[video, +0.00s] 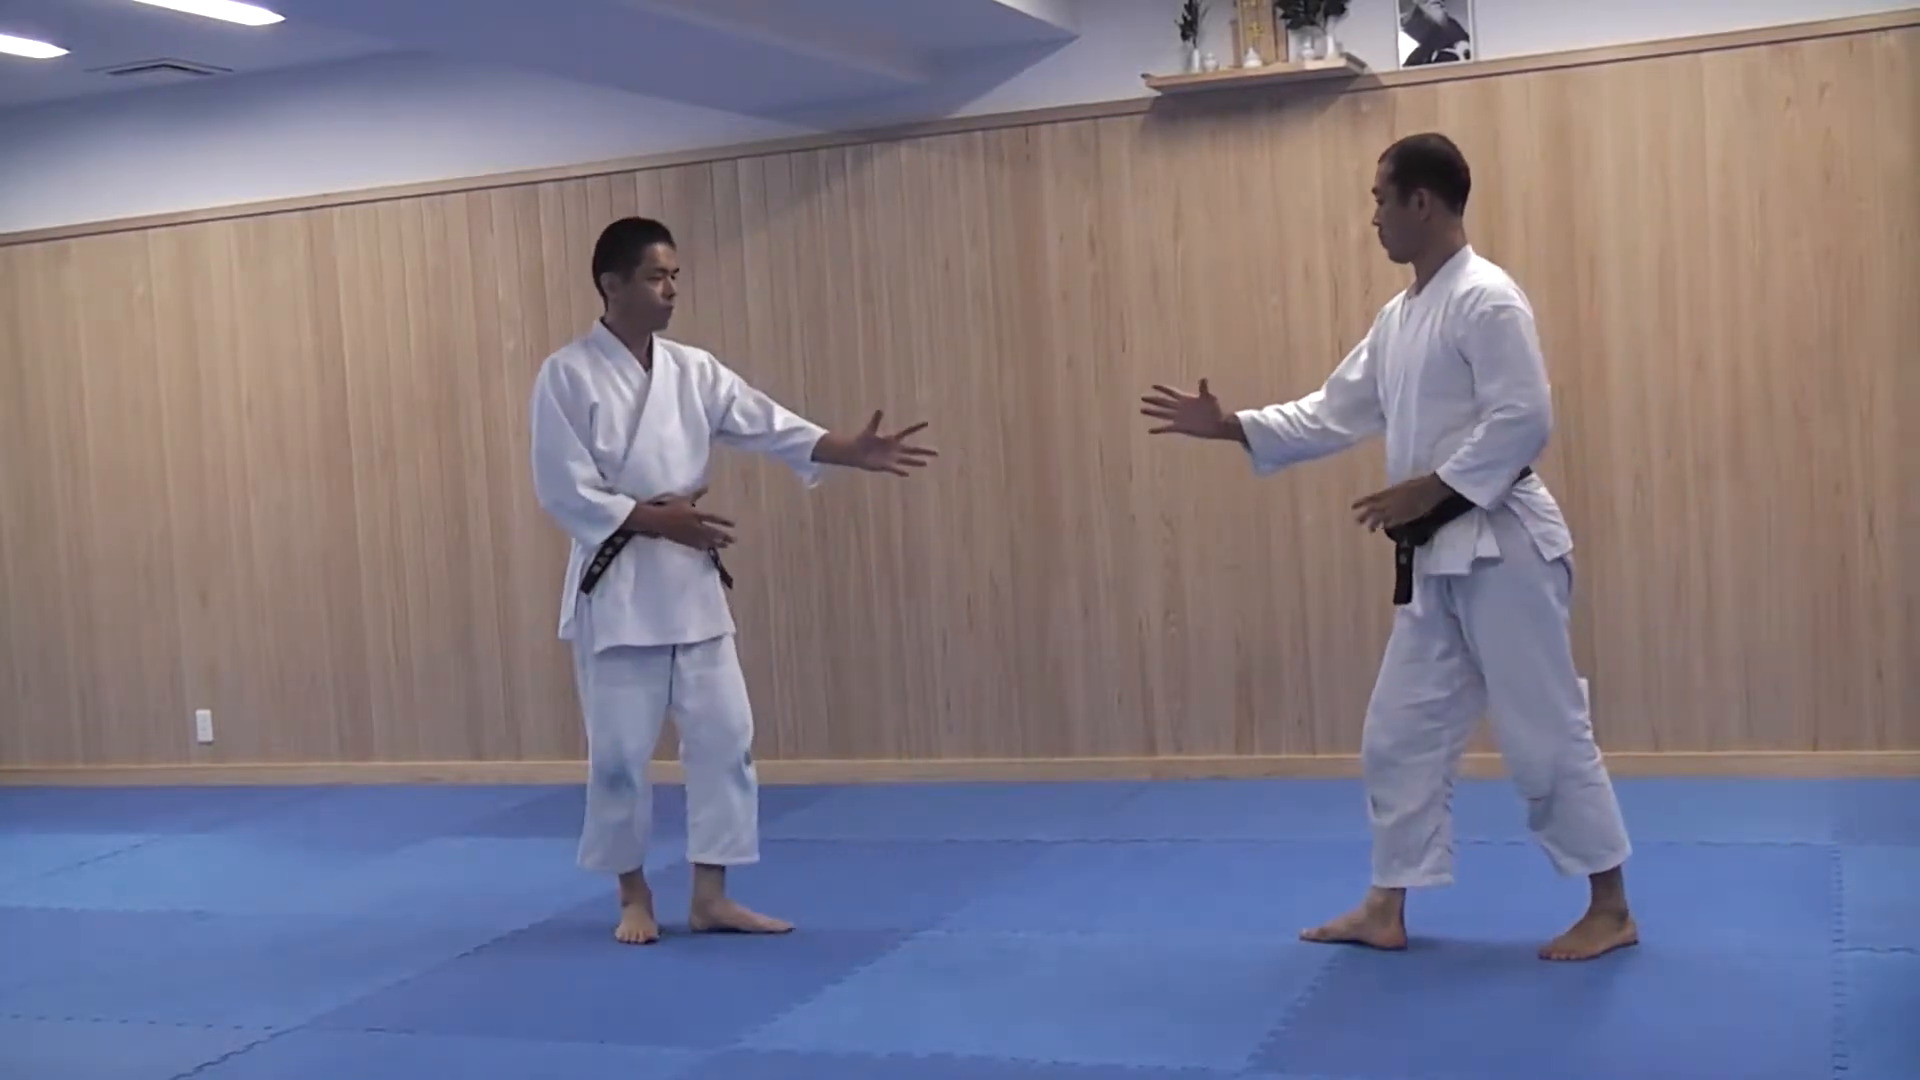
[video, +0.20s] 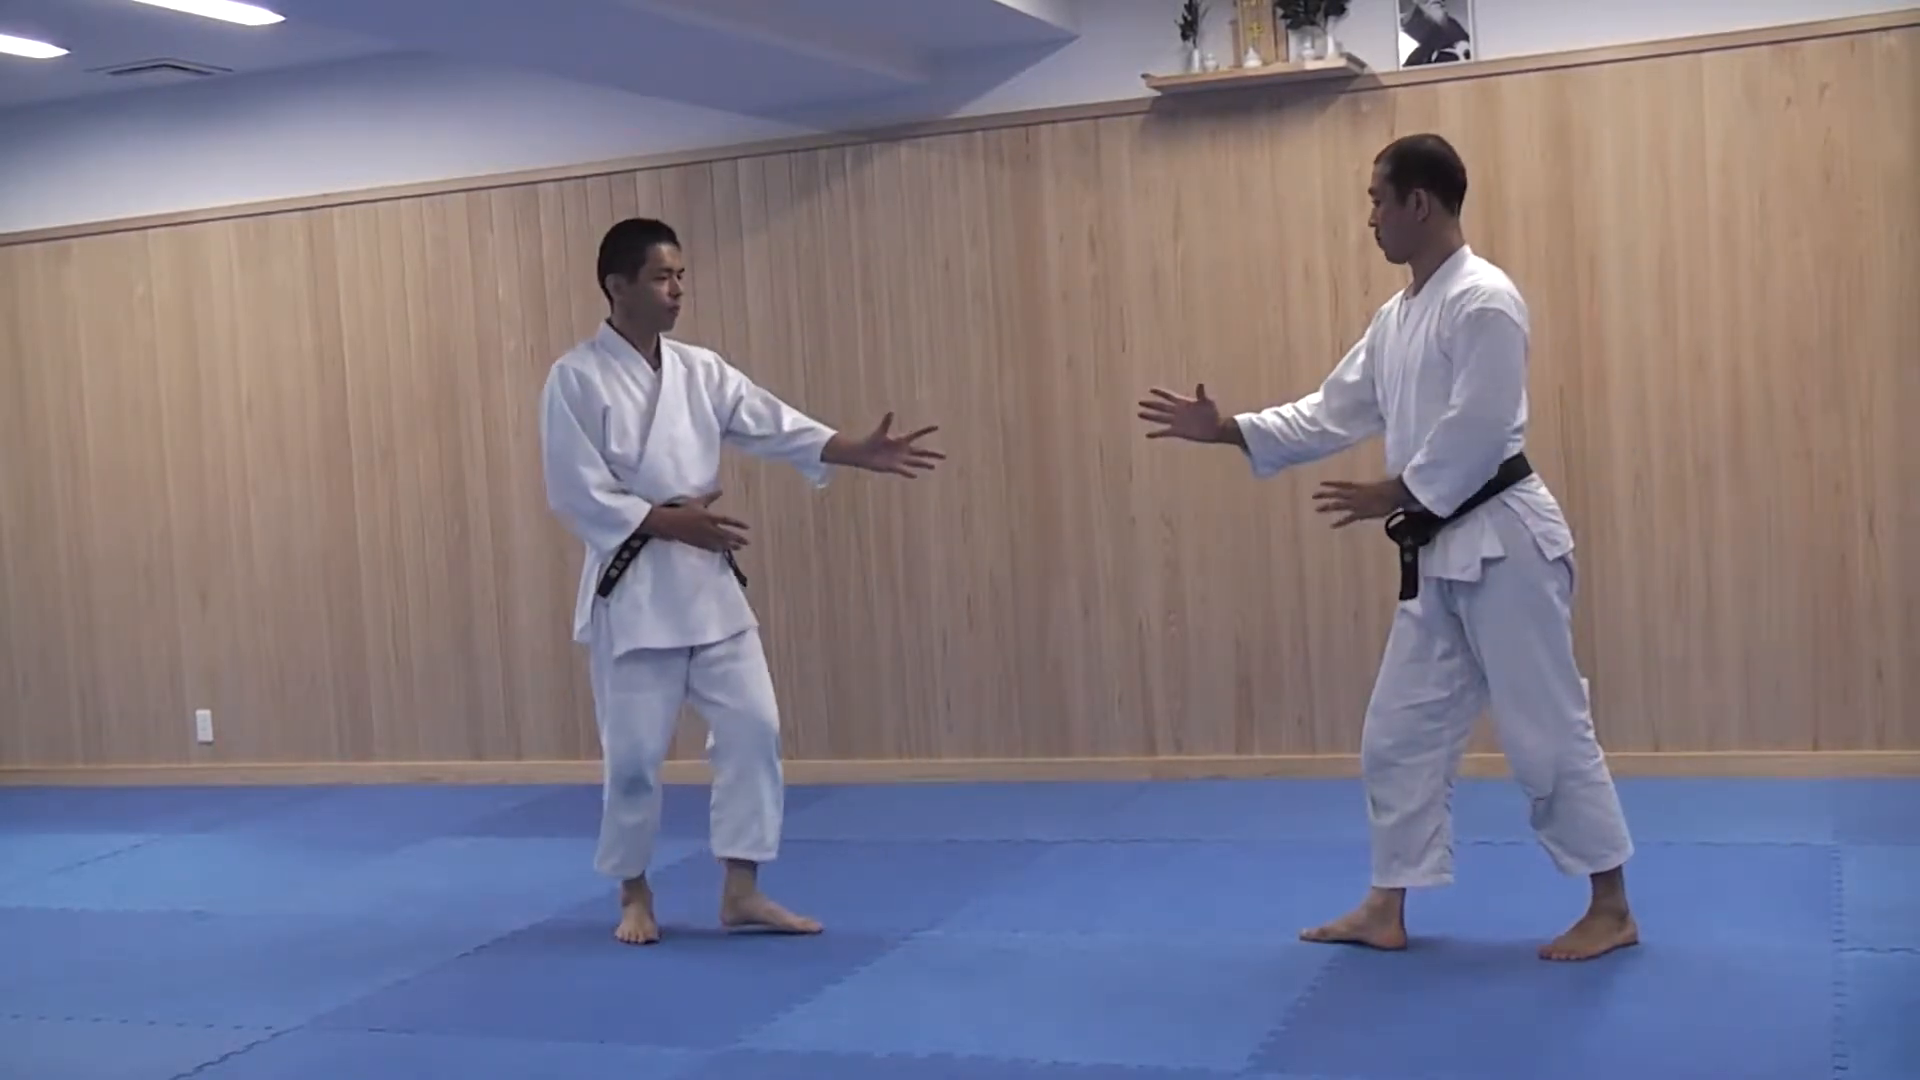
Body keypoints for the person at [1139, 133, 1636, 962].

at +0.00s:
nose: (1373, 217)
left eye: (1382, 200)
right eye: (1374, 201)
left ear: (1426, 204)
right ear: (1421, 205)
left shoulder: (1490, 301)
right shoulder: (1397, 319)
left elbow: (1523, 418)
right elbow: (1334, 411)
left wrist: (1433, 488)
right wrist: (1231, 424)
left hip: (1507, 545)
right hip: (1437, 552)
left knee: (1548, 733)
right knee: (1399, 736)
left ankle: (1611, 909)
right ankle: (1385, 909)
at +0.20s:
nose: (1369, 218)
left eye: (1378, 202)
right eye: (1369, 202)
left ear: (1424, 204)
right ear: (1418, 205)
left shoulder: (1486, 302)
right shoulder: (1394, 320)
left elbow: (1482, 426)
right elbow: (1331, 413)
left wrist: (1400, 492)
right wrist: (1227, 426)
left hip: (1507, 538)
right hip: (1441, 549)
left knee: (1550, 731)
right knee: (1399, 737)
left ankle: (1611, 908)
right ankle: (1384, 910)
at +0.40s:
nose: (1371, 220)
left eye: (1380, 203)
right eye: (1371, 203)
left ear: (1426, 205)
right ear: (1420, 206)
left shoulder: (1484, 304)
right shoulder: (1398, 319)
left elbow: (1467, 435)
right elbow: (1334, 412)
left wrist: (1395, 489)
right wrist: (1229, 426)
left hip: (1507, 539)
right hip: (1442, 549)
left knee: (1550, 731)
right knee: (1399, 736)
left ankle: (1611, 908)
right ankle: (1384, 910)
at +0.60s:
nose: (1373, 220)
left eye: (1382, 204)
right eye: (1373, 203)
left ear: (1428, 206)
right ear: (1423, 207)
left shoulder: (1486, 305)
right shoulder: (1400, 319)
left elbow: (1469, 436)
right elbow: (1335, 412)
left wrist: (1398, 491)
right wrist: (1228, 427)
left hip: (1508, 540)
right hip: (1444, 549)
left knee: (1550, 732)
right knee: (1400, 737)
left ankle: (1611, 909)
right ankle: (1385, 910)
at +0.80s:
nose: (1375, 220)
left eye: (1384, 204)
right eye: (1374, 204)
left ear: (1431, 205)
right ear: (1426, 207)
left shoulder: (1488, 303)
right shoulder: (1403, 318)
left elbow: (1473, 434)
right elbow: (1331, 413)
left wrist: (1401, 489)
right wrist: (1219, 432)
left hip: (1511, 538)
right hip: (1447, 547)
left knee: (1551, 730)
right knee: (1404, 733)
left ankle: (1611, 910)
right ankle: (1385, 908)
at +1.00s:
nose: (1376, 221)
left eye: (1385, 204)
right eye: (1375, 205)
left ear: (1433, 205)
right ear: (1428, 206)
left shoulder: (1489, 302)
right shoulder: (1406, 317)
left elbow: (1467, 433)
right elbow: (1344, 418)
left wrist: (1399, 488)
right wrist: (1242, 451)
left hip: (1511, 537)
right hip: (1447, 546)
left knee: (1552, 732)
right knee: (1406, 734)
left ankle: (1611, 909)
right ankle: (1385, 907)